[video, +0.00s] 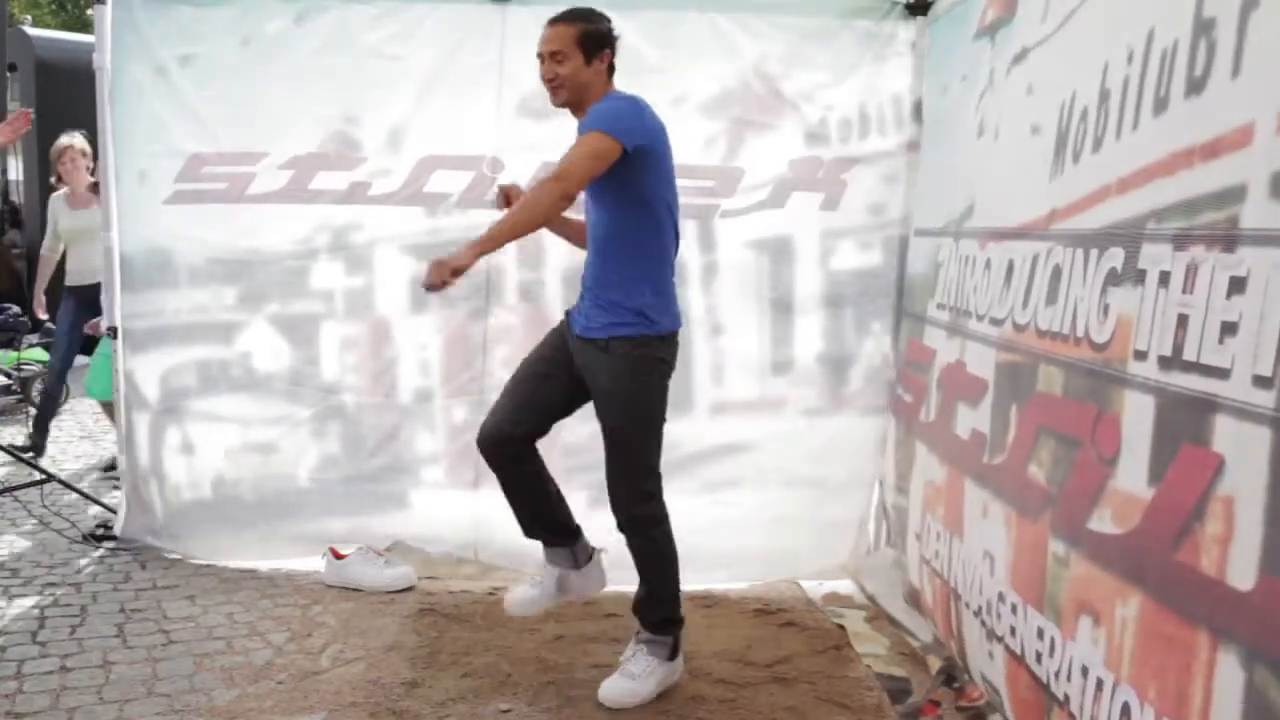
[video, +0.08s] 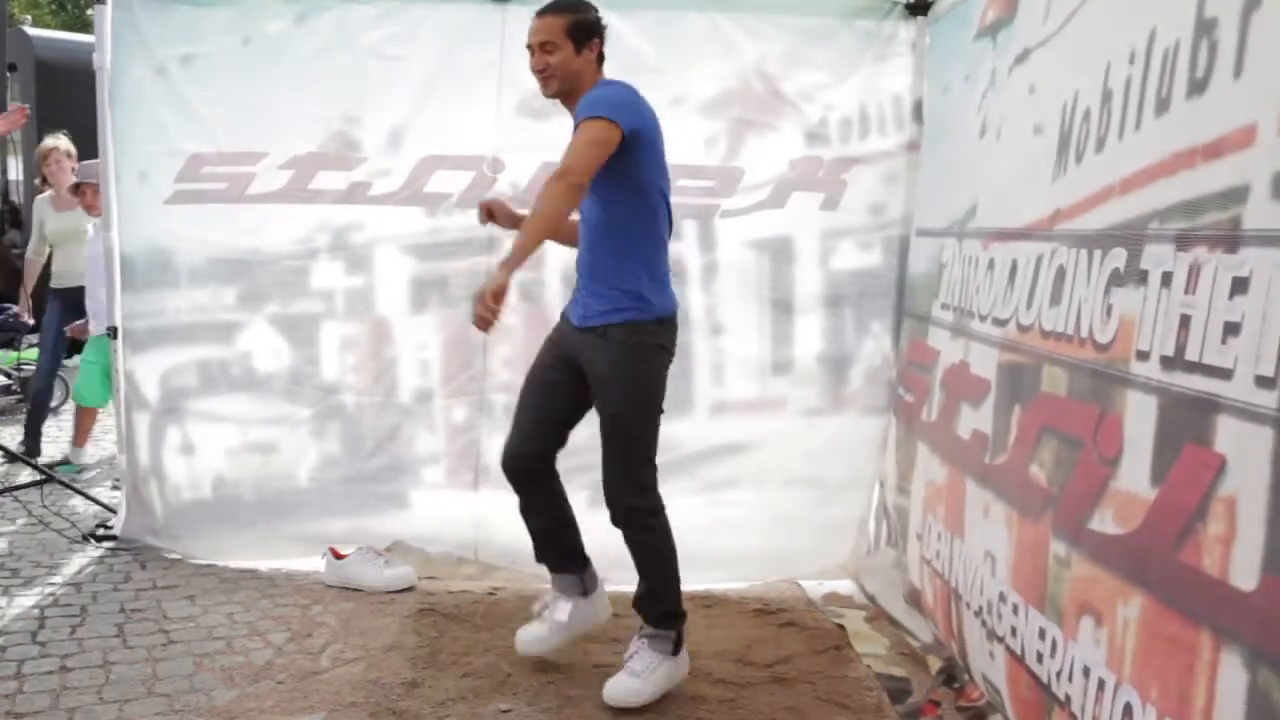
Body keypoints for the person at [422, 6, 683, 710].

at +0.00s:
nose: (547, 75)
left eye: (559, 60)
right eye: (543, 62)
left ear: (603, 61)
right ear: (554, 68)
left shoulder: (623, 113)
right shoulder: (606, 137)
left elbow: (555, 191)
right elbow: (611, 244)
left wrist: (466, 255)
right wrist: (536, 214)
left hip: (633, 339)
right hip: (584, 331)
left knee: (636, 500)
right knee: (502, 438)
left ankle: (660, 646)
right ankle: (572, 560)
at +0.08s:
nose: (537, 64)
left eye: (548, 50)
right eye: (532, 53)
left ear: (590, 50)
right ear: (550, 58)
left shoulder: (613, 100)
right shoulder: (593, 126)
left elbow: (568, 187)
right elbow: (599, 236)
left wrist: (505, 271)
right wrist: (524, 219)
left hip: (633, 329)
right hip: (581, 326)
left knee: (631, 494)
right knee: (524, 459)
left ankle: (665, 641)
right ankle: (577, 592)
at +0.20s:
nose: (527, 95)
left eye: (539, 81)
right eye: (522, 83)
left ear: (579, 82)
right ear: (527, 91)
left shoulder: (608, 141)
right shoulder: (577, 159)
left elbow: (608, 248)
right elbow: (581, 272)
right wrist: (510, 279)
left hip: (621, 358)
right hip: (578, 355)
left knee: (606, 516)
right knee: (556, 507)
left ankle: (676, 668)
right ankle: (601, 635)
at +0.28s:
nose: (522, 119)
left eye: (535, 105)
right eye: (516, 108)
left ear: (572, 109)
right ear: (516, 116)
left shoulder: (607, 167)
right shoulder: (560, 196)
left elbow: (641, 273)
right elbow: (566, 299)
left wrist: (644, 384)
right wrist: (493, 318)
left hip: (612, 371)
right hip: (567, 369)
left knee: (566, 525)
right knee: (531, 515)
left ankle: (665, 658)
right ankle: (600, 636)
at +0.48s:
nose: (537, 83)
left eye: (549, 70)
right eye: (526, 72)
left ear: (576, 72)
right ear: (515, 78)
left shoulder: (625, 129)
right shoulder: (515, 165)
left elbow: (701, 208)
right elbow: (482, 259)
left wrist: (718, 303)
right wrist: (442, 230)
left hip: (627, 315)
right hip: (569, 325)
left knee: (509, 387)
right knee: (569, 471)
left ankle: (565, 529)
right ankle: (602, 628)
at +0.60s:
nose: (559, 73)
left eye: (572, 62)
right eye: (548, 59)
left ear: (588, 67)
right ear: (527, 62)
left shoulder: (628, 120)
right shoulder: (500, 152)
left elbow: (702, 183)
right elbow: (448, 245)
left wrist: (717, 277)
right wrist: (439, 185)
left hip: (631, 308)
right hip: (570, 318)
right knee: (561, 471)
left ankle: (536, 445)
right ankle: (599, 625)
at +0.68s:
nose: (573, 90)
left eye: (585, 79)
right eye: (561, 76)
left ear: (596, 81)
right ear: (533, 76)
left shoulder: (624, 134)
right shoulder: (501, 163)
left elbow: (691, 191)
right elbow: (442, 254)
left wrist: (703, 283)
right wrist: (450, 184)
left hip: (630, 320)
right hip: (569, 330)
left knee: (501, 258)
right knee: (553, 482)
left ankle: (519, 434)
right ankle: (600, 629)